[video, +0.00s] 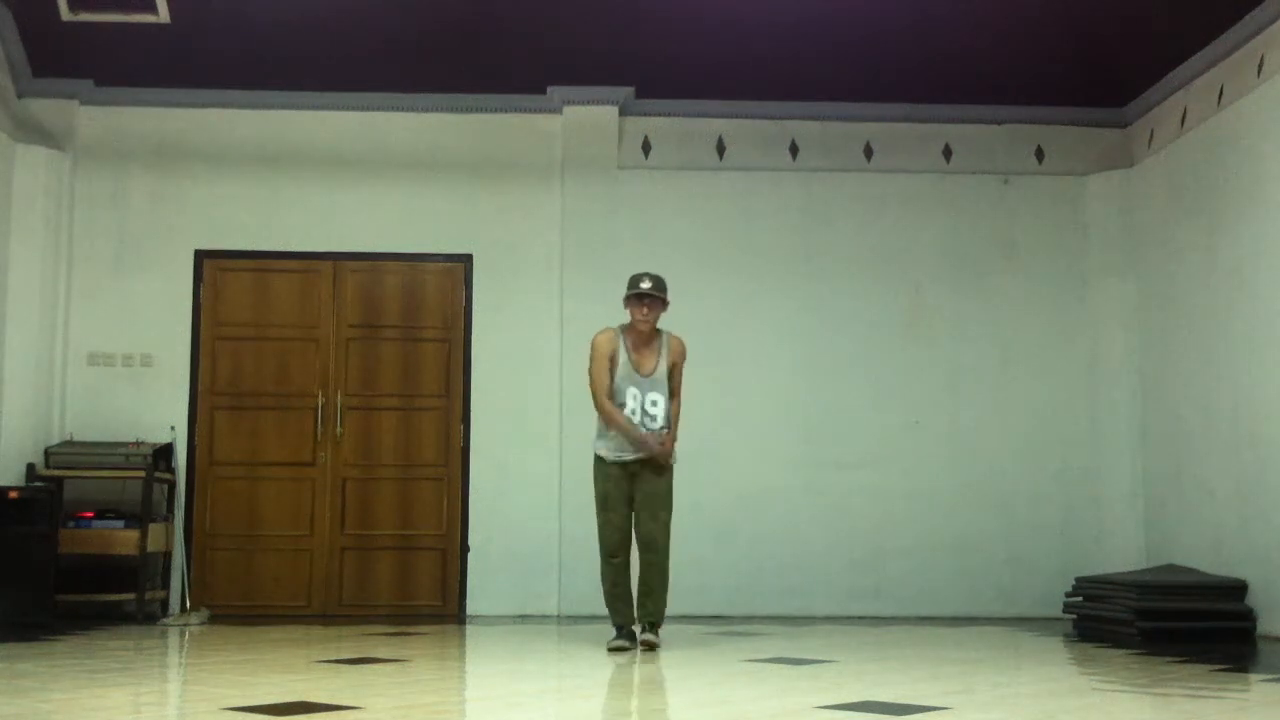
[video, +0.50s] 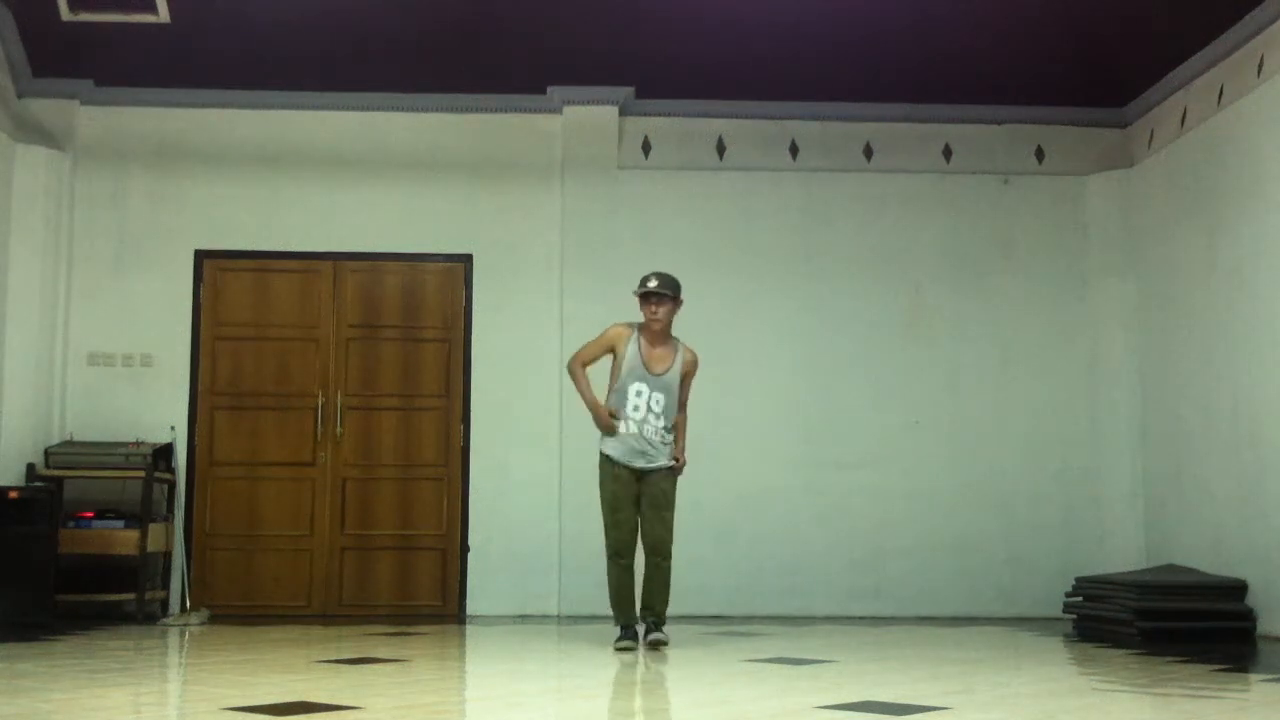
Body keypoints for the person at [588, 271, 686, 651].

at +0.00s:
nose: (644, 308)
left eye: (652, 302)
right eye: (637, 301)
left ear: (663, 307)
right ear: (627, 304)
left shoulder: (673, 347)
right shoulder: (606, 342)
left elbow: (674, 399)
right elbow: (601, 401)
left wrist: (669, 439)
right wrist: (639, 438)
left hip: (655, 460)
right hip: (612, 460)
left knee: (654, 542)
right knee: (614, 546)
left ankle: (650, 625)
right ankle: (622, 627)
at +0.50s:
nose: (653, 306)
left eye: (661, 300)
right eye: (647, 299)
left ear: (676, 306)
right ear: (639, 304)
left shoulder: (686, 358)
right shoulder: (621, 335)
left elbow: (681, 409)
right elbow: (576, 363)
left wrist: (679, 447)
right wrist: (594, 407)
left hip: (661, 464)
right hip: (617, 459)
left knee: (659, 548)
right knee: (620, 547)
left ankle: (654, 623)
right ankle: (626, 626)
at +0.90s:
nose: (628, 312)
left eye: (634, 306)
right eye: (626, 306)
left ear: (659, 306)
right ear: (628, 309)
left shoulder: (689, 349)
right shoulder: (624, 341)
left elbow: (698, 404)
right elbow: (601, 377)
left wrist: (676, 410)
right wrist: (578, 417)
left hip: (668, 467)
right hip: (624, 462)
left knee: (662, 550)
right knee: (623, 540)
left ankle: (655, 628)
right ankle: (626, 623)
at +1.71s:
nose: (636, 303)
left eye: (644, 297)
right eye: (630, 297)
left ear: (655, 304)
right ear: (621, 302)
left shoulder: (671, 351)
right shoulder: (601, 347)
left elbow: (677, 409)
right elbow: (590, 398)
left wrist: (677, 461)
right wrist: (595, 428)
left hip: (655, 463)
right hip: (612, 463)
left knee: (652, 545)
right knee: (618, 547)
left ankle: (652, 620)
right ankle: (628, 624)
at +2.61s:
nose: (628, 320)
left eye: (635, 315)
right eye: (622, 313)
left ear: (645, 320)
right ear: (612, 317)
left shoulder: (661, 359)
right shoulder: (594, 364)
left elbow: (670, 409)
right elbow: (589, 421)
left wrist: (697, 411)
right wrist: (573, 412)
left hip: (650, 470)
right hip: (607, 472)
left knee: (652, 544)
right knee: (608, 549)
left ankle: (657, 616)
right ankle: (613, 623)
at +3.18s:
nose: (660, 332)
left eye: (667, 327)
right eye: (654, 326)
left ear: (676, 332)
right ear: (644, 329)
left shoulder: (688, 373)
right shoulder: (624, 371)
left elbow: (705, 421)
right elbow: (605, 415)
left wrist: (731, 387)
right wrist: (589, 373)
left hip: (682, 482)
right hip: (636, 480)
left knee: (709, 550)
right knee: (621, 550)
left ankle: (715, 621)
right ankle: (615, 623)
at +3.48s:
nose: (678, 328)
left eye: (687, 323)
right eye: (674, 321)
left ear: (699, 328)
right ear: (667, 324)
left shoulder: (713, 366)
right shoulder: (649, 358)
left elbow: (748, 399)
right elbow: (604, 383)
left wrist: (761, 431)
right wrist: (609, 405)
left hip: (698, 480)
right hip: (652, 476)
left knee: (714, 550)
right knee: (631, 546)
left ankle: (716, 619)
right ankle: (616, 622)